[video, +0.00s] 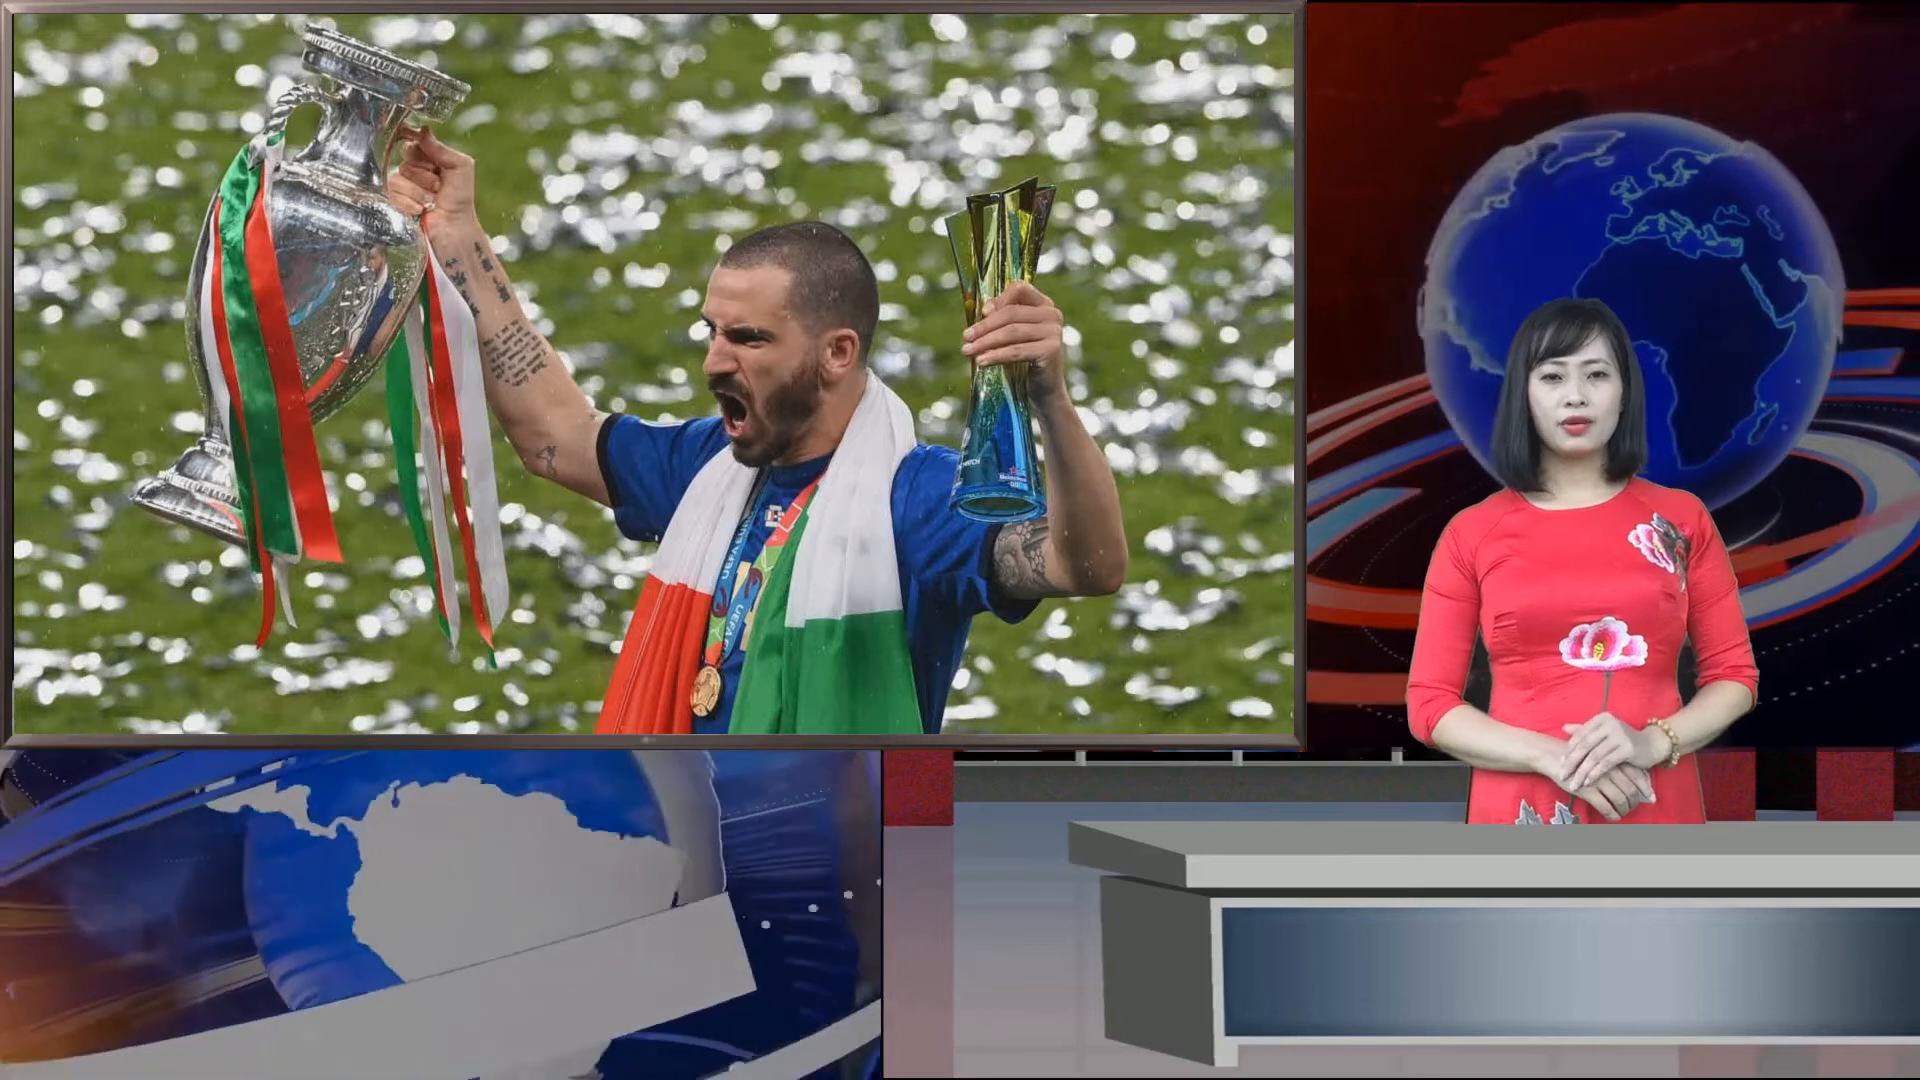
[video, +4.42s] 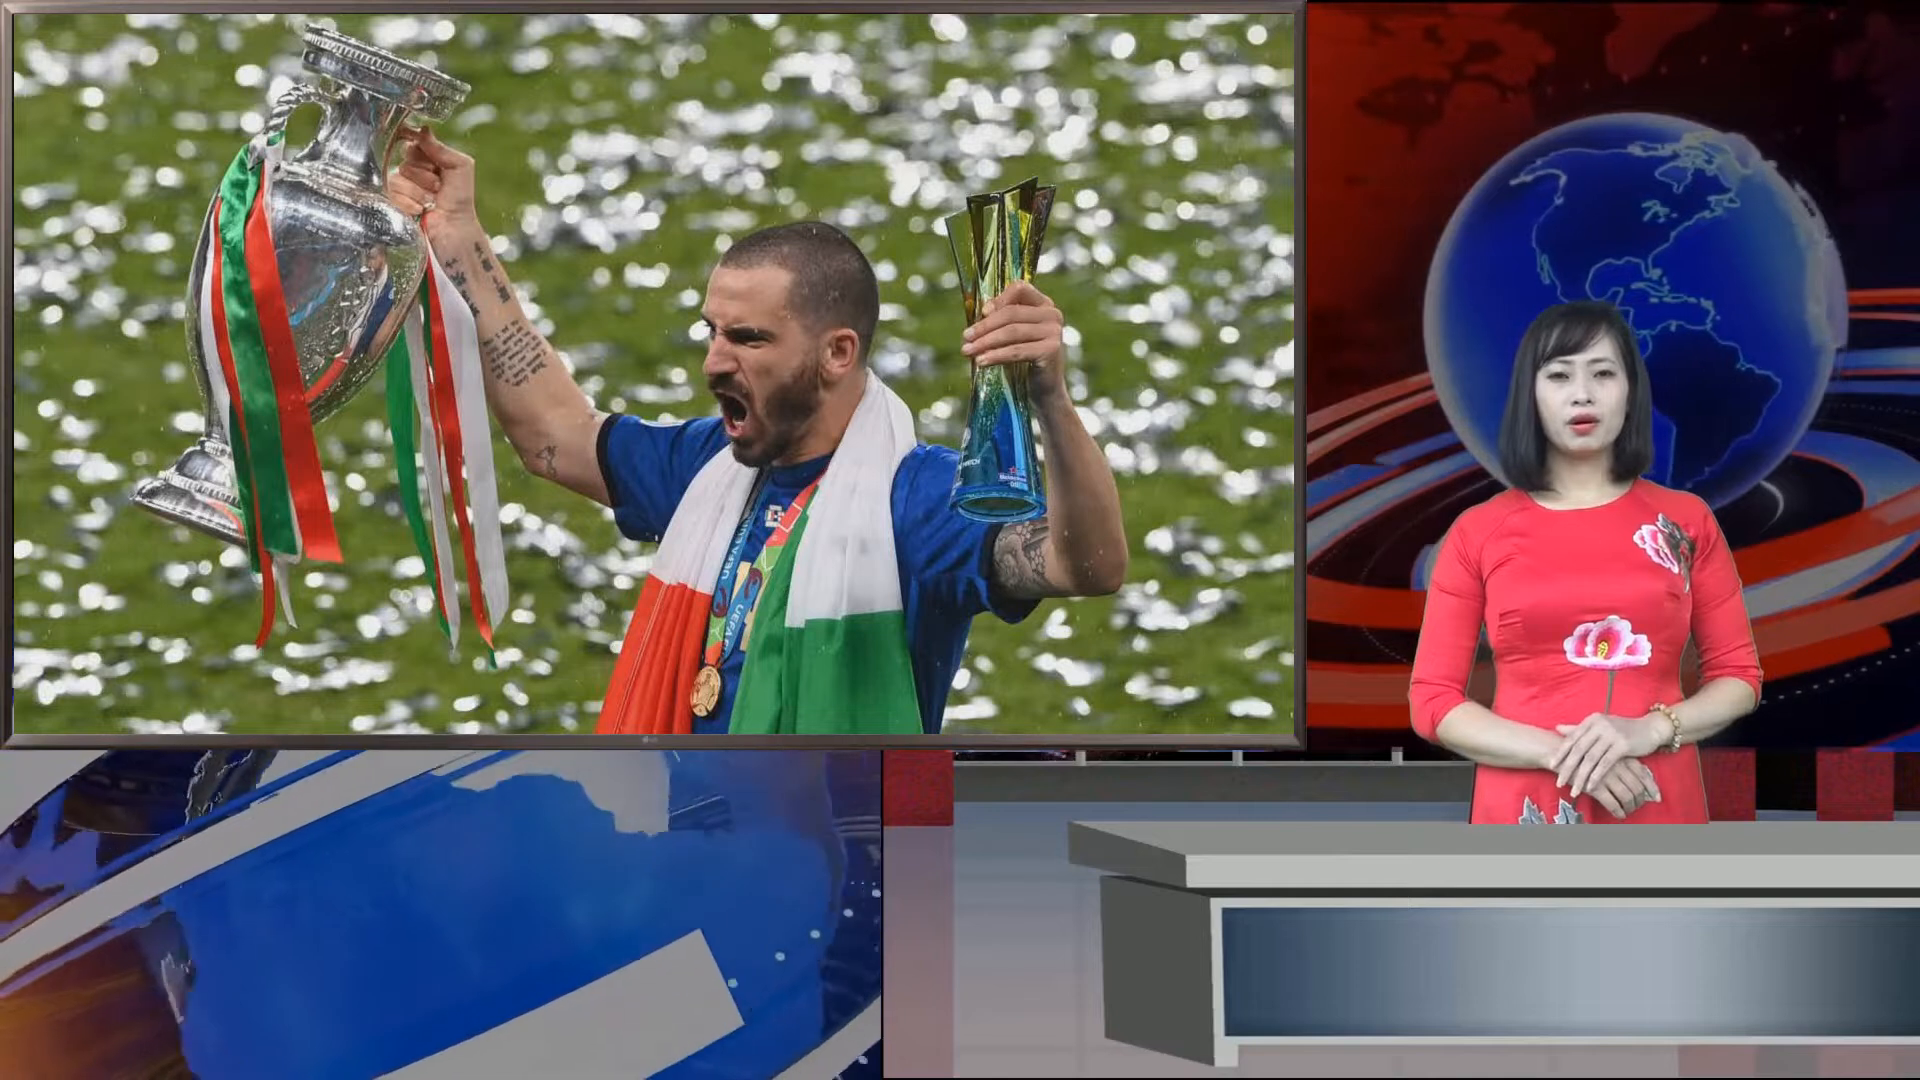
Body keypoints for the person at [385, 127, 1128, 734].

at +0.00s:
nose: (714, 361)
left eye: (747, 339)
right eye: (712, 333)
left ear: (839, 355)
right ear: (705, 327)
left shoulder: (915, 493)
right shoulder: (702, 465)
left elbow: (1090, 563)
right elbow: (557, 438)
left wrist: (1049, 398)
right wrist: (465, 253)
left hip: (832, 907)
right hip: (671, 893)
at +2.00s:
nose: (713, 362)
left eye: (747, 339)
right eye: (711, 333)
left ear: (838, 355)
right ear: (705, 327)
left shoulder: (914, 493)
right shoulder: (703, 466)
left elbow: (1090, 563)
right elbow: (557, 438)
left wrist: (1049, 399)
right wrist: (464, 252)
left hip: (834, 908)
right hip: (672, 894)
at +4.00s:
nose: (714, 362)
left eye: (747, 339)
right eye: (712, 333)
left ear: (839, 355)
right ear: (705, 327)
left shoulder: (914, 493)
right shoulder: (703, 466)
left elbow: (1089, 563)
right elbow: (557, 438)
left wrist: (1049, 399)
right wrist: (465, 254)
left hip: (829, 902)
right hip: (672, 894)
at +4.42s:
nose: (714, 362)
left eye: (747, 339)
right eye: (712, 333)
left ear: (839, 355)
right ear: (705, 327)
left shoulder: (914, 493)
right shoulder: (703, 466)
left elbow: (1089, 563)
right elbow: (557, 438)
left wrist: (1049, 399)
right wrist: (465, 254)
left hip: (827, 908)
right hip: (672, 898)